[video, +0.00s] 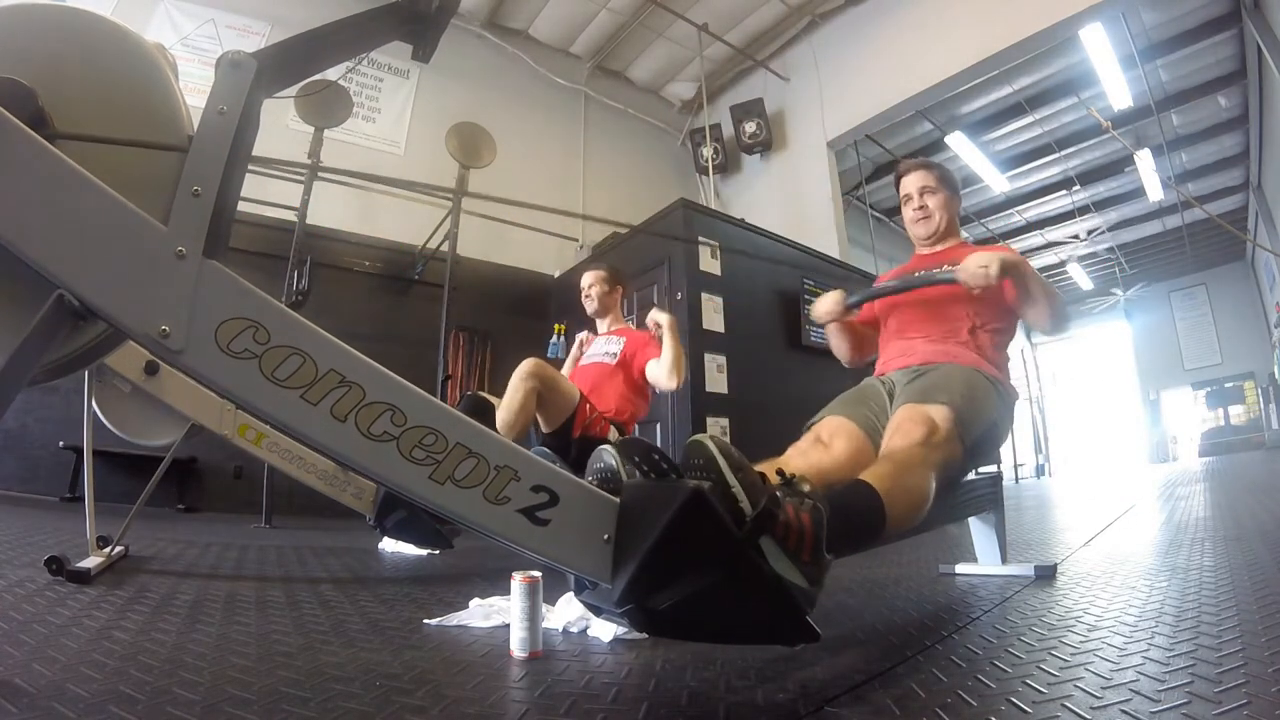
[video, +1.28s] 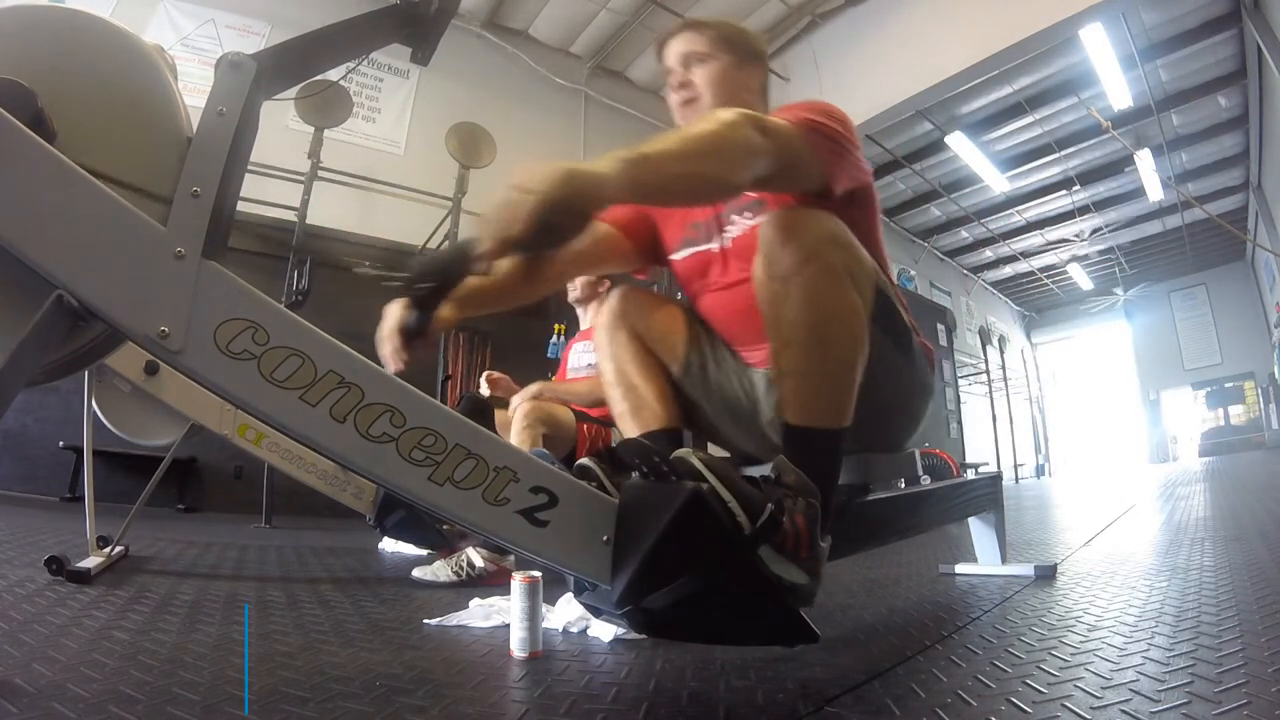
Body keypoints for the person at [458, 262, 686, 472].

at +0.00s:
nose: (585, 294)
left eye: (592, 287)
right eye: (582, 291)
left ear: (617, 292)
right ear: (582, 301)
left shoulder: (638, 339)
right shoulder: (587, 342)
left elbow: (670, 380)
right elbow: (560, 391)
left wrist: (669, 326)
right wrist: (574, 355)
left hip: (603, 432)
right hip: (564, 427)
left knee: (532, 370)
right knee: (476, 401)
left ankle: (491, 461)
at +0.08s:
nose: (589, 295)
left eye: (597, 287)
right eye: (587, 292)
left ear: (621, 294)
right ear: (587, 301)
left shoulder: (639, 339)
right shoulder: (595, 347)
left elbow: (668, 398)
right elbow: (572, 404)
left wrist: (651, 335)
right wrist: (562, 365)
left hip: (607, 434)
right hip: (572, 430)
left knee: (534, 371)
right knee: (475, 401)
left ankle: (505, 468)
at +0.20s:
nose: (593, 295)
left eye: (600, 288)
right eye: (590, 291)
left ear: (624, 297)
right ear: (590, 300)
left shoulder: (643, 342)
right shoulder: (597, 345)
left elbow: (668, 399)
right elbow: (594, 398)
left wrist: (624, 354)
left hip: (610, 433)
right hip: (574, 429)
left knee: (533, 374)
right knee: (475, 403)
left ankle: (526, 470)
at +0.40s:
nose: (595, 293)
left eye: (603, 287)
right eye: (593, 290)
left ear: (626, 297)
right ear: (592, 301)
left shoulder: (640, 340)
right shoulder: (597, 348)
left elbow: (670, 395)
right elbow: (590, 390)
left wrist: (601, 390)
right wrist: (569, 391)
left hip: (613, 434)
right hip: (574, 430)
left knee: (538, 389)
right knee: (477, 403)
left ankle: (525, 484)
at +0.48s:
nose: (595, 296)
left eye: (603, 290)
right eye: (593, 292)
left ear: (626, 298)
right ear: (592, 302)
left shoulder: (641, 340)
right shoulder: (596, 347)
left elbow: (672, 396)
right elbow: (595, 398)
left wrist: (608, 403)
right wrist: (568, 409)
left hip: (614, 439)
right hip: (576, 433)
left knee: (537, 403)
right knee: (481, 401)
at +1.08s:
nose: (601, 283)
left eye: (612, 273)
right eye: (601, 274)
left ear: (624, 285)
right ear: (595, 281)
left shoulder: (633, 334)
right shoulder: (590, 342)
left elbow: (637, 393)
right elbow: (586, 402)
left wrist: (571, 392)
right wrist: (536, 400)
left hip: (617, 430)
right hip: (577, 427)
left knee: (538, 414)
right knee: (489, 402)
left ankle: (496, 550)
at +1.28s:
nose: (571, 279)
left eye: (581, 273)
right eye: (572, 273)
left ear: (604, 284)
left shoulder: (616, 327)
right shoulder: (577, 339)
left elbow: (610, 388)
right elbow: (564, 392)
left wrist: (543, 388)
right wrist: (517, 391)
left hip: (608, 429)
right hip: (570, 424)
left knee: (531, 413)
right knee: (476, 412)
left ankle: (497, 552)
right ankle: (461, 531)